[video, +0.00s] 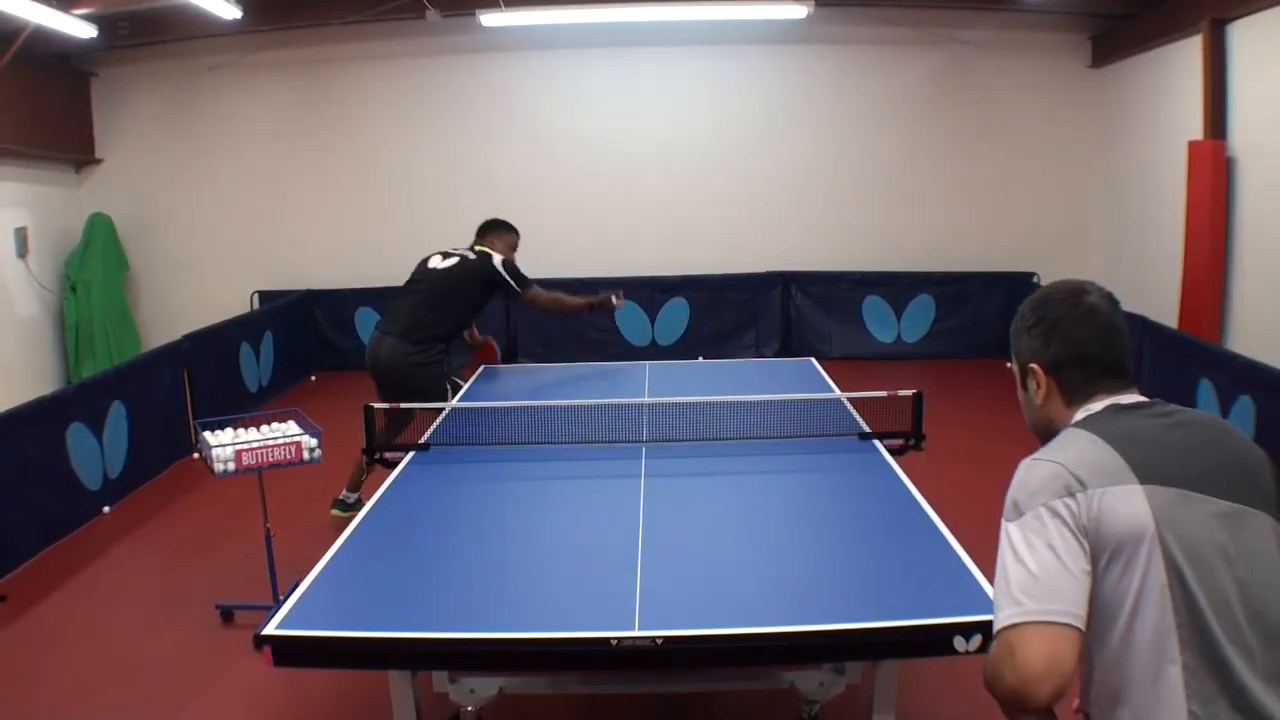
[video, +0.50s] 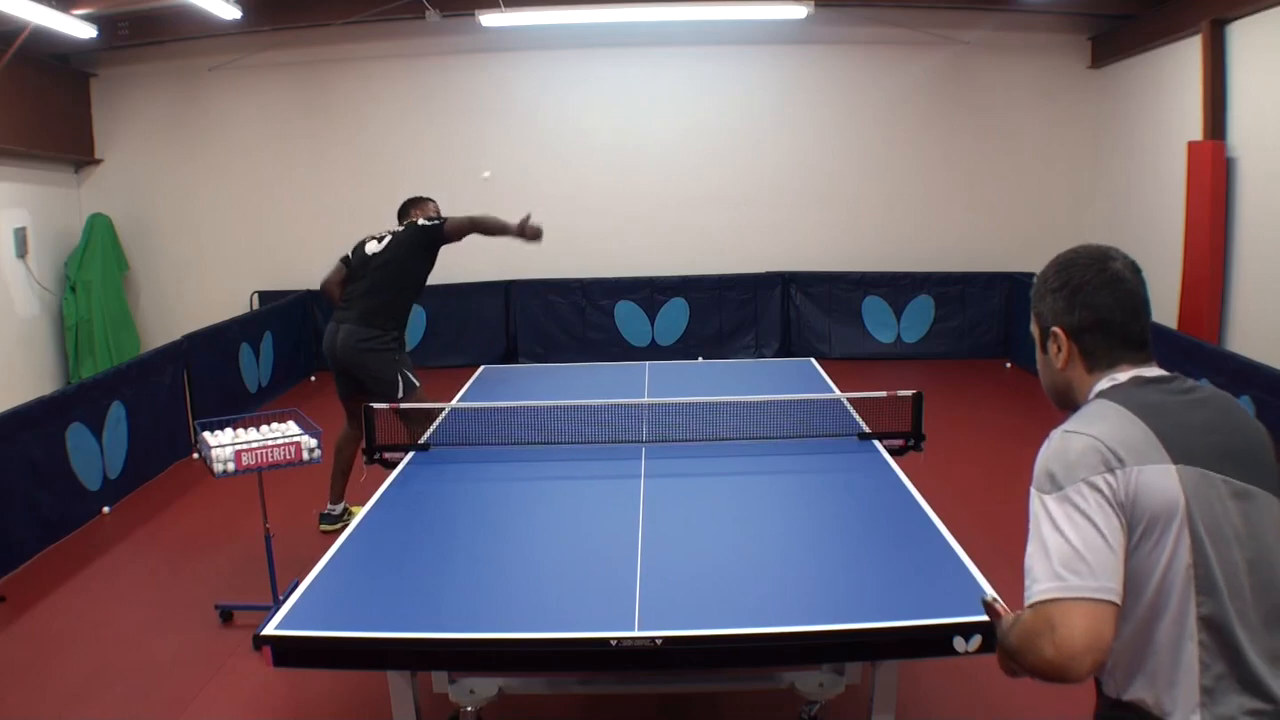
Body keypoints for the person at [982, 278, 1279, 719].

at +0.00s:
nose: (1019, 394)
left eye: (1017, 378)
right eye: (1016, 377)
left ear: (1038, 382)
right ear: (1124, 362)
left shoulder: (1060, 471)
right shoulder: (1241, 447)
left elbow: (1034, 678)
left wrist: (1003, 670)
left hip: (1146, 709)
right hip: (1264, 705)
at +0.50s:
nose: (1038, 361)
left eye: (1037, 344)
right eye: (1037, 344)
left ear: (1059, 346)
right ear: (1142, 330)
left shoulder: (1088, 443)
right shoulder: (1239, 419)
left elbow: (1072, 649)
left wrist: (1012, 636)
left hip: (1162, 705)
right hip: (1265, 700)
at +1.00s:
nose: (992, 332)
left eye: (991, 316)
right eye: (990, 315)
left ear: (1012, 317)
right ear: (1091, 301)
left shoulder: (1019, 418)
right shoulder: (1199, 401)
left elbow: (922, 598)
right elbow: (1254, 549)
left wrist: (880, 571)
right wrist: (1160, 586)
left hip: (1084, 703)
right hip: (1212, 700)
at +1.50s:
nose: (848, 372)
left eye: (848, 364)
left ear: (851, 376)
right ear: (934, 366)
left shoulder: (814, 446)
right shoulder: (1007, 425)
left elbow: (704, 501)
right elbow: (1117, 519)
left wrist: (782, 482)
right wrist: (1153, 582)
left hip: (890, 695)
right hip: (1021, 693)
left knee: (819, 699)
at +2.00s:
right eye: (957, 353)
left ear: (866, 366)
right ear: (954, 364)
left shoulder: (821, 441)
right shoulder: (1004, 427)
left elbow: (757, 533)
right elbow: (1102, 553)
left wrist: (815, 482)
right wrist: (1165, 642)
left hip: (867, 698)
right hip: (997, 699)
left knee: (825, 677)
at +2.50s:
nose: (1000, 423)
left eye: (997, 409)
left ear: (1010, 410)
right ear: (1108, 387)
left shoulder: (1002, 526)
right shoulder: (1227, 471)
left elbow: (898, 693)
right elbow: (1269, 623)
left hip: (1079, 708)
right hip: (1226, 708)